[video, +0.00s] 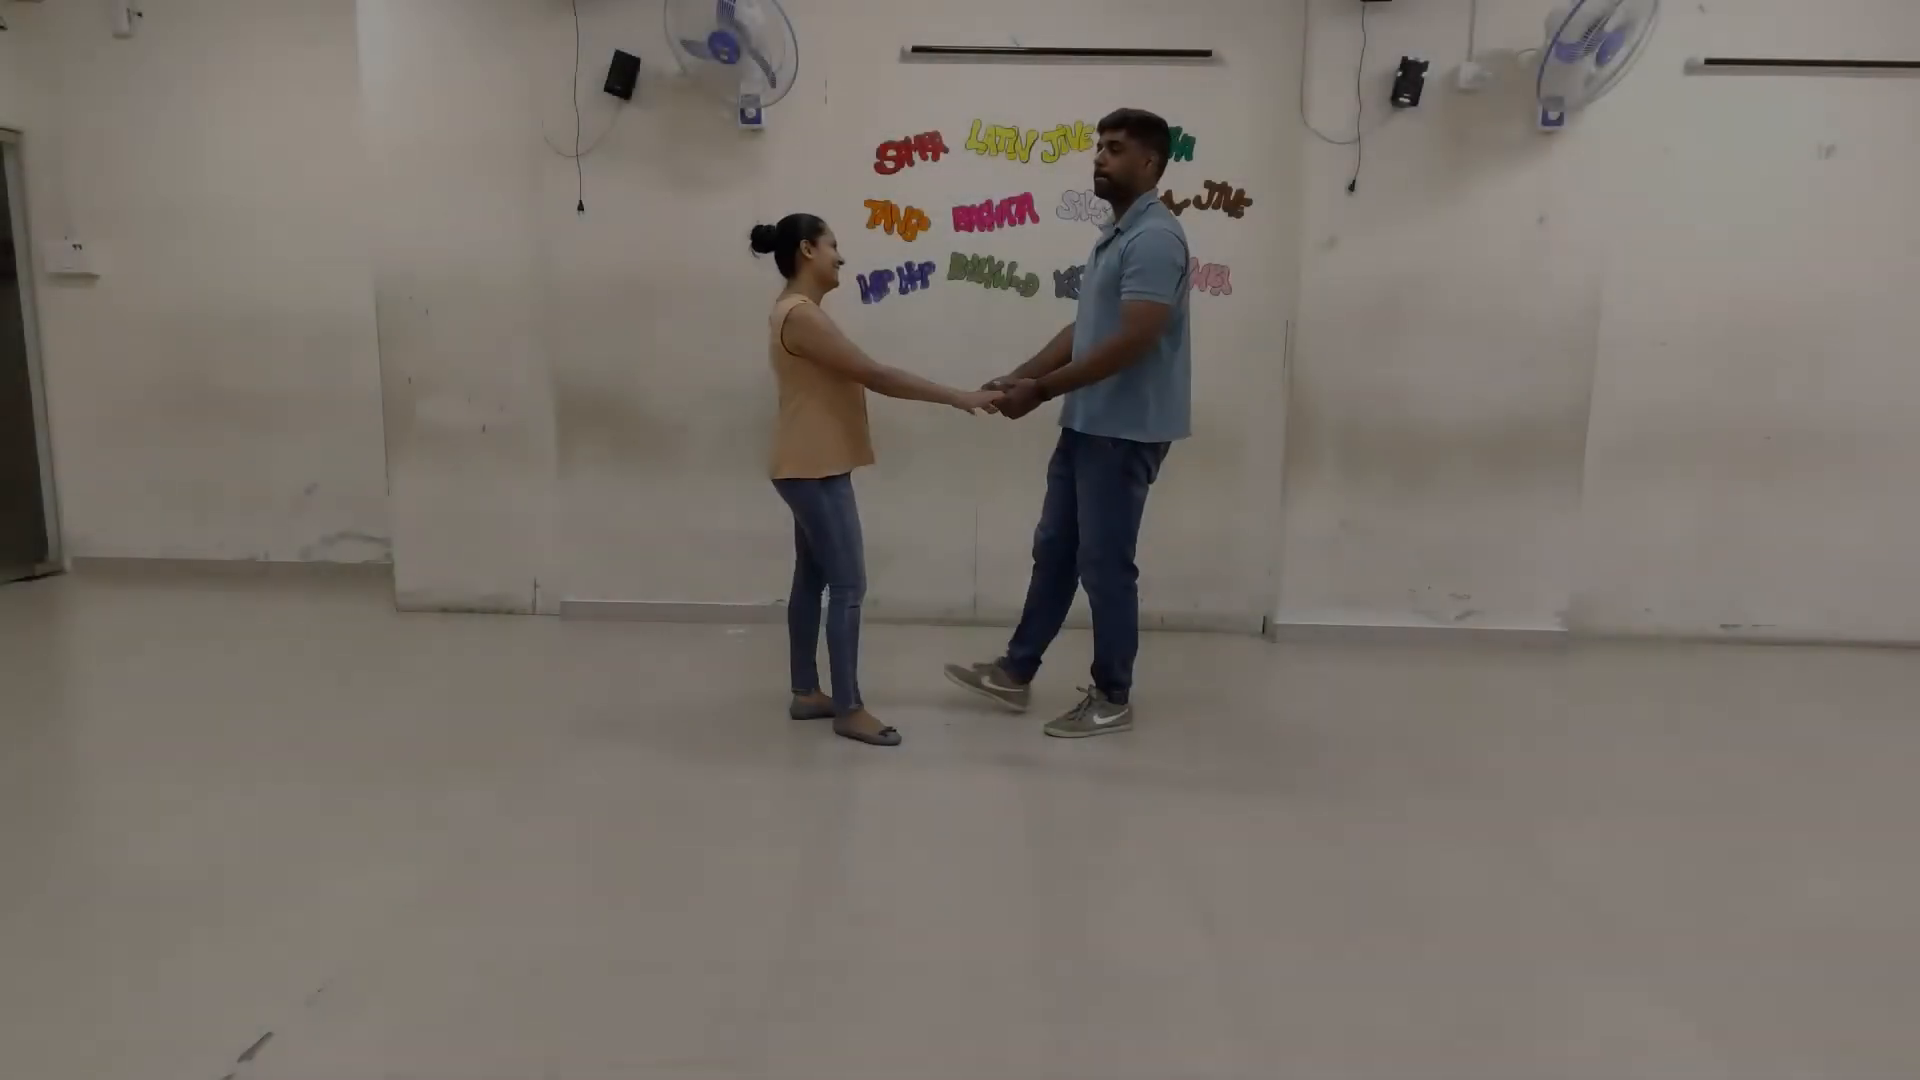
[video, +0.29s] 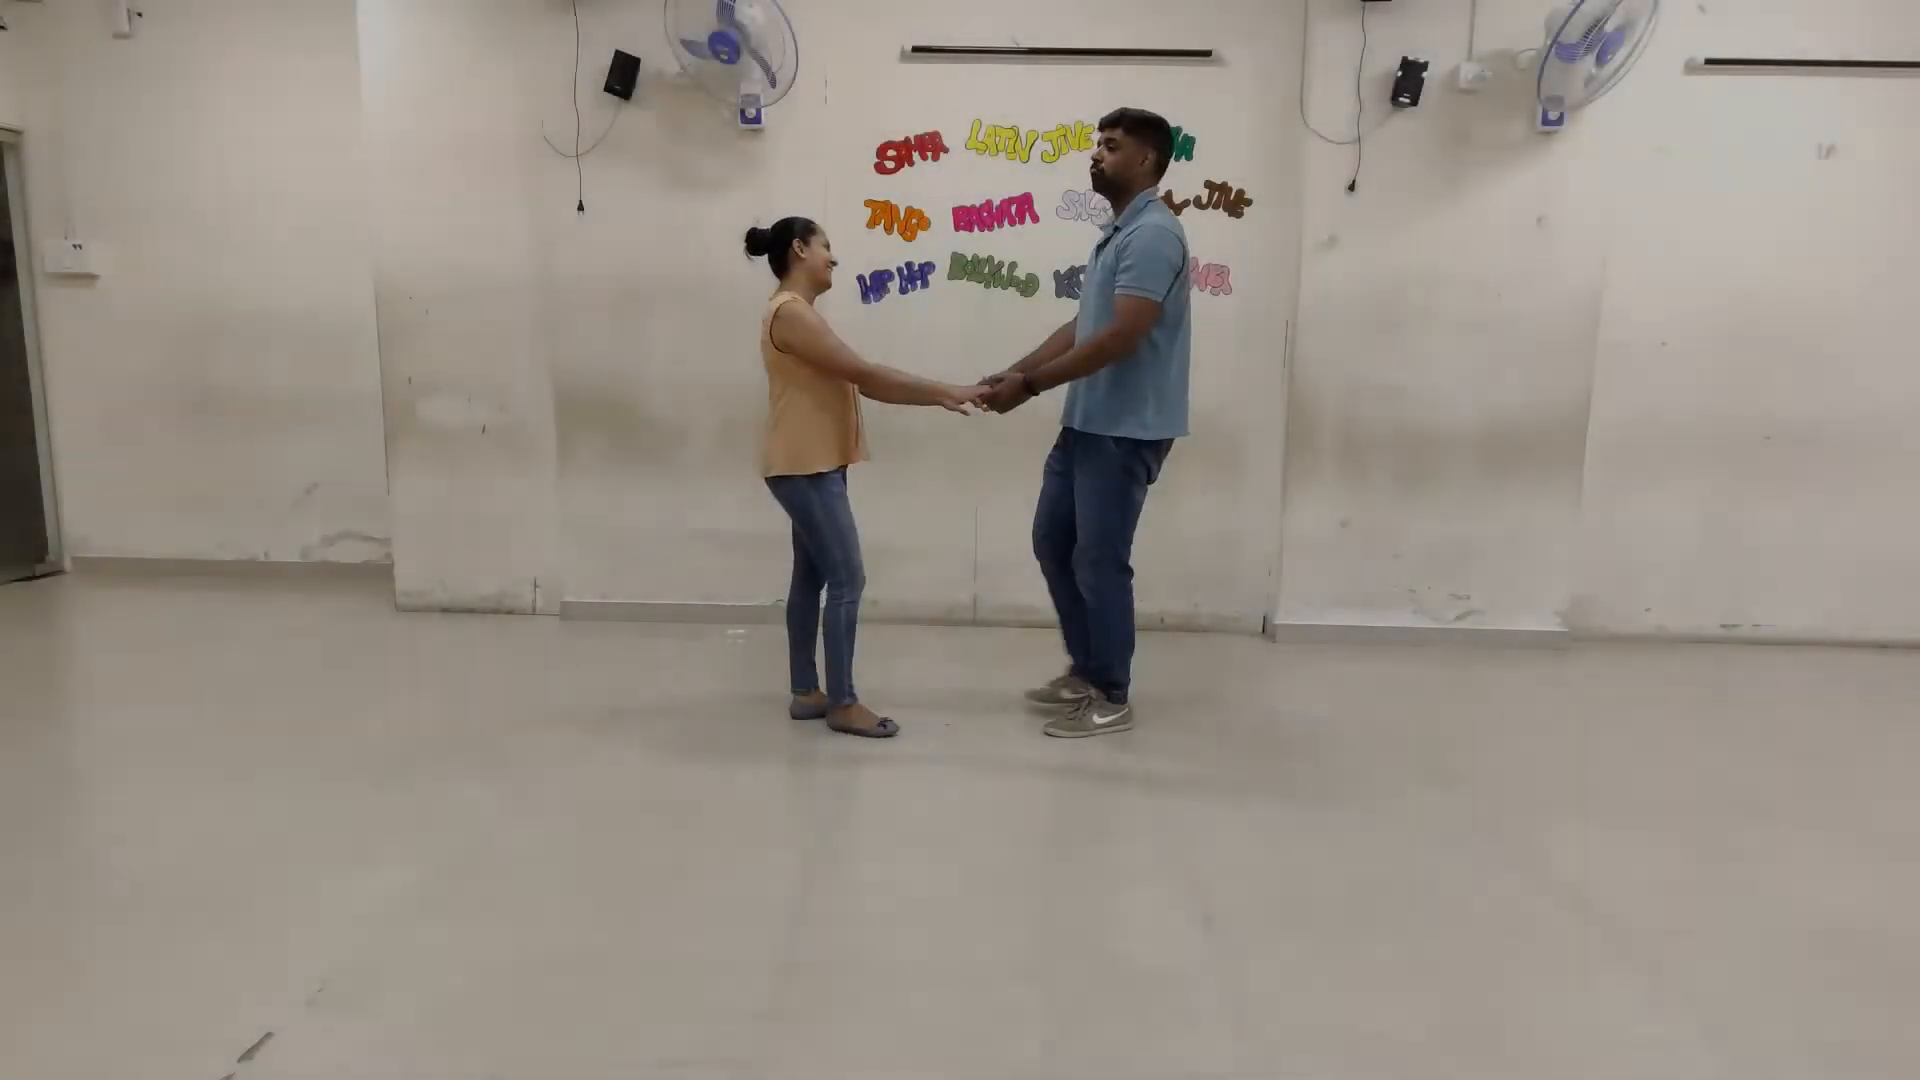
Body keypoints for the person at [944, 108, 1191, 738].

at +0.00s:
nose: (1099, 158)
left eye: (1113, 149)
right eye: (1099, 148)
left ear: (1151, 161)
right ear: (1107, 160)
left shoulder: (1155, 237)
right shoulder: (1119, 234)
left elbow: (1140, 335)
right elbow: (1085, 328)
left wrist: (1046, 387)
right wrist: (1025, 377)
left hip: (1126, 429)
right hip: (1087, 421)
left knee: (1106, 563)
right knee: (1056, 549)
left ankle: (1112, 698)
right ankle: (1015, 671)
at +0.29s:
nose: (1097, 155)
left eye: (1112, 146)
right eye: (1097, 145)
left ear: (1150, 160)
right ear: (1120, 163)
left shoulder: (1153, 233)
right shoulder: (1119, 236)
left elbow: (1125, 334)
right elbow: (1080, 327)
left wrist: (1032, 381)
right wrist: (1016, 375)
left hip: (1126, 427)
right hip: (1089, 421)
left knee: (1100, 558)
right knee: (1054, 541)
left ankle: (1111, 697)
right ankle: (1089, 675)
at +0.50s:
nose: (1103, 163)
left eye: (1116, 155)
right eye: (1105, 154)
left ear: (1153, 169)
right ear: (1131, 170)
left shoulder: (1161, 241)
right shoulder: (1122, 242)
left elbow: (1119, 336)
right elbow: (1078, 332)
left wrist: (1030, 394)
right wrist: (1014, 384)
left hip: (1127, 429)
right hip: (1102, 425)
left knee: (1084, 561)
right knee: (1096, 556)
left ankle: (1111, 694)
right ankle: (1146, 682)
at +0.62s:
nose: (1106, 158)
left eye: (1120, 149)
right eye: (1108, 148)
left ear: (1157, 163)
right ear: (1133, 164)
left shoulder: (1163, 237)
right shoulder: (1125, 238)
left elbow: (1123, 334)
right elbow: (1079, 325)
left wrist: (1037, 393)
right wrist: (1011, 375)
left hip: (1139, 428)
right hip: (1119, 424)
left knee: (1079, 554)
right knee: (1122, 556)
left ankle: (1099, 691)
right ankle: (1152, 687)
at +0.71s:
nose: (1106, 156)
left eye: (1120, 147)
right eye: (1108, 147)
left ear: (1157, 162)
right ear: (1137, 164)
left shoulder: (1164, 234)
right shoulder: (1130, 235)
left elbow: (1128, 333)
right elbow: (1083, 323)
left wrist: (1042, 391)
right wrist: (1012, 369)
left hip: (1144, 426)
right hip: (1129, 423)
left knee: (1098, 559)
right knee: (1132, 555)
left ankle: (1077, 700)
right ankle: (1153, 688)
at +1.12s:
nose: (1133, 157)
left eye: (1150, 150)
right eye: (1127, 148)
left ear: (1176, 167)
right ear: (1116, 163)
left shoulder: (1182, 240)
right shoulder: (1118, 242)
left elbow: (1148, 342)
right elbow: (1085, 327)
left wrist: (1060, 396)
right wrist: (1017, 374)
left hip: (1147, 431)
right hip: (1108, 425)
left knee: (1102, 568)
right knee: (1117, 562)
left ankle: (1124, 717)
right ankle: (1151, 684)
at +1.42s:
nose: (1134, 143)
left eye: (1151, 135)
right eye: (1126, 134)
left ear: (1177, 152)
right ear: (1115, 149)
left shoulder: (1182, 229)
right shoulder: (1117, 232)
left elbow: (1149, 331)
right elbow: (1090, 328)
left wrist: (1049, 388)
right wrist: (1030, 386)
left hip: (1145, 436)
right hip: (1096, 428)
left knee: (1110, 578)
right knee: (1070, 559)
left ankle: (1130, 725)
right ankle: (1116, 678)